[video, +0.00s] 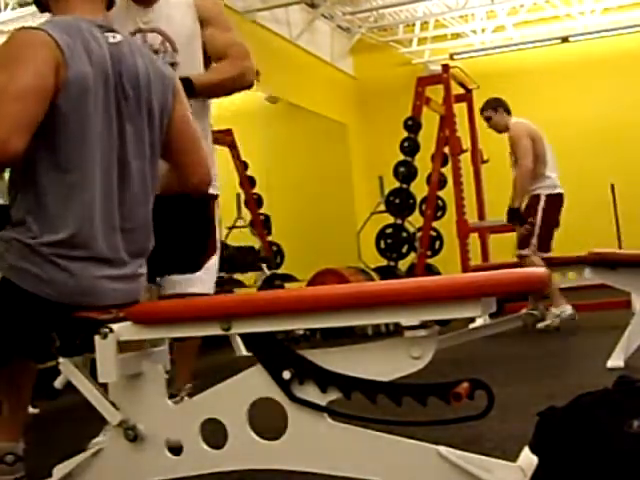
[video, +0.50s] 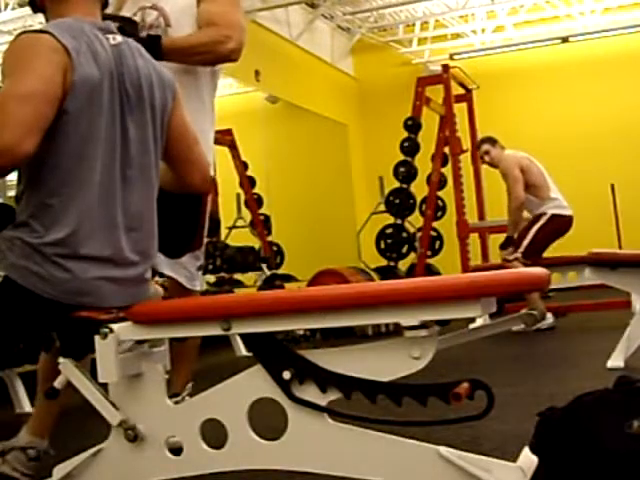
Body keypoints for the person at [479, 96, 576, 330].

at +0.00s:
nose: (489, 126)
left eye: (488, 119)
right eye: (486, 121)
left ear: (500, 112)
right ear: (499, 114)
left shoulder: (518, 128)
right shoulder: (516, 131)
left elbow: (526, 167)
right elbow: (522, 171)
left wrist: (516, 204)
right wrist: (516, 203)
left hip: (545, 193)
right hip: (538, 194)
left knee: (529, 254)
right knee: (525, 254)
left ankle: (559, 304)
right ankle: (536, 306)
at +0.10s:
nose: (488, 129)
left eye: (489, 122)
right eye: (485, 126)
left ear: (501, 116)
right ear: (486, 127)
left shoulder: (516, 134)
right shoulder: (509, 143)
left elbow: (529, 172)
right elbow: (513, 180)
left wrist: (518, 208)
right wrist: (513, 212)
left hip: (545, 195)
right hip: (534, 197)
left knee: (518, 248)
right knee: (519, 250)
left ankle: (545, 302)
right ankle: (535, 305)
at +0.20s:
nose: (487, 134)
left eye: (487, 127)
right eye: (483, 131)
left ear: (499, 120)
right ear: (485, 133)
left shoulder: (515, 137)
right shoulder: (506, 148)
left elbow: (528, 174)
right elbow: (511, 185)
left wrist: (518, 211)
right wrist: (513, 215)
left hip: (545, 196)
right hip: (533, 198)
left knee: (520, 252)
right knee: (519, 253)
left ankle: (539, 308)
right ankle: (538, 309)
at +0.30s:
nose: (484, 142)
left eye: (485, 135)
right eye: (481, 140)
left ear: (496, 129)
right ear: (482, 142)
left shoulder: (510, 144)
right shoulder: (504, 154)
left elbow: (521, 181)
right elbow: (510, 190)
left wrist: (514, 220)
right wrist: (513, 222)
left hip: (548, 200)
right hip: (538, 201)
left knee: (519, 254)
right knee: (518, 254)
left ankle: (539, 309)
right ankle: (538, 309)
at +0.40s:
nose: (484, 149)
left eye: (485, 143)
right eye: (481, 147)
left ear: (496, 137)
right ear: (481, 149)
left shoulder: (508, 151)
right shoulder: (507, 155)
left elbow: (518, 189)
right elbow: (513, 193)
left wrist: (514, 226)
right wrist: (514, 226)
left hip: (551, 206)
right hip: (544, 206)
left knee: (519, 256)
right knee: (522, 255)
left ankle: (538, 309)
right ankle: (537, 309)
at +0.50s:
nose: (486, 159)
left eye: (487, 153)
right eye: (482, 157)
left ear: (497, 147)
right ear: (482, 160)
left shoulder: (508, 160)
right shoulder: (512, 160)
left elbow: (518, 200)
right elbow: (518, 202)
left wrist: (511, 235)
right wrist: (514, 235)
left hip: (553, 214)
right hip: (550, 214)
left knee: (513, 258)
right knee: (520, 258)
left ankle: (539, 312)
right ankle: (536, 309)